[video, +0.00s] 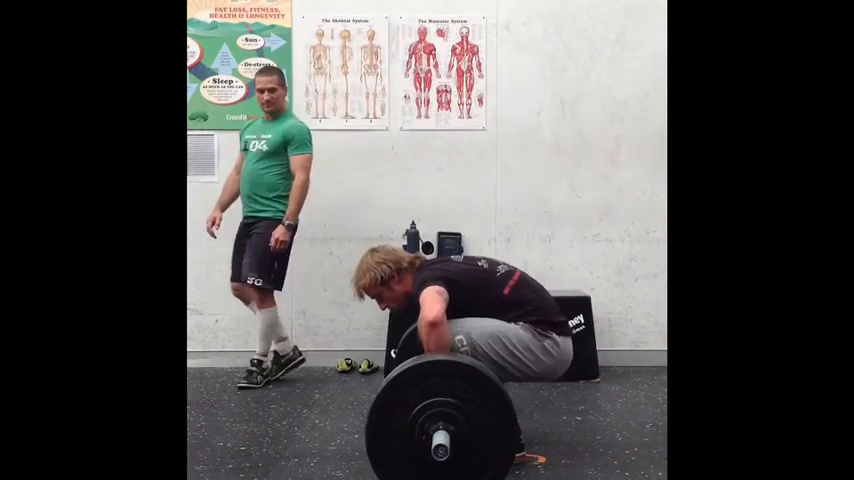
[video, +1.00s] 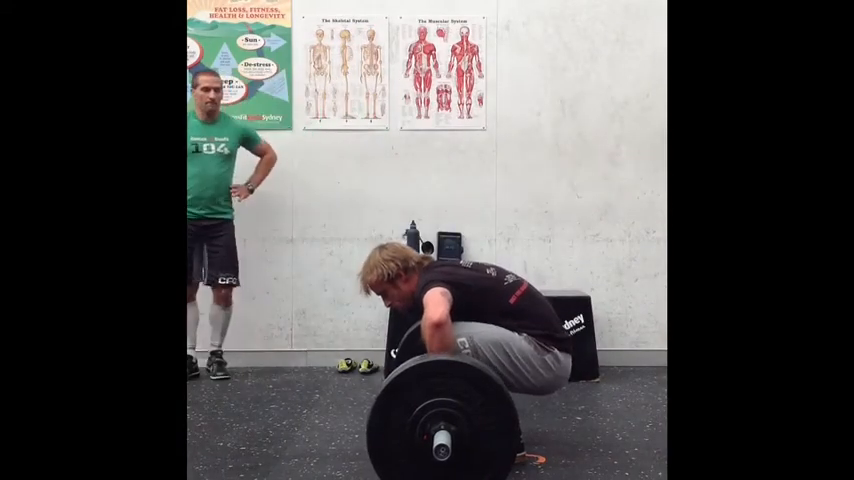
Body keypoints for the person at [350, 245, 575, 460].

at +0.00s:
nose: (383, 306)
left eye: (379, 297)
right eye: (377, 300)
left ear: (394, 279)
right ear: (397, 276)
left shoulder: (430, 275)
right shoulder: (436, 268)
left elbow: (433, 319)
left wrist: (438, 387)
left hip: (546, 343)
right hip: (545, 339)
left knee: (442, 339)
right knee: (438, 337)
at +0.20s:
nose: (385, 308)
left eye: (383, 299)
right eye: (380, 302)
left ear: (400, 282)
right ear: (402, 279)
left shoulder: (434, 281)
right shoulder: (441, 273)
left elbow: (437, 320)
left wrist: (441, 387)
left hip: (544, 360)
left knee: (442, 342)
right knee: (446, 341)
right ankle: (507, 439)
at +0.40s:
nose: (386, 306)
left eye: (384, 296)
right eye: (381, 299)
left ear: (400, 279)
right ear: (402, 277)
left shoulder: (432, 277)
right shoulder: (440, 270)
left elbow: (436, 320)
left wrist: (441, 387)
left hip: (546, 354)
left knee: (445, 341)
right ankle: (503, 437)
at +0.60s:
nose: (387, 305)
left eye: (384, 296)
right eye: (381, 299)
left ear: (401, 279)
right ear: (403, 276)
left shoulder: (431, 278)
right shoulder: (440, 270)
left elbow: (435, 320)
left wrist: (440, 388)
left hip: (546, 357)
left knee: (444, 340)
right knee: (442, 339)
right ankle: (504, 437)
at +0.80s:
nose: (387, 304)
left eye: (385, 295)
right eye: (381, 298)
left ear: (401, 278)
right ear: (404, 276)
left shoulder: (433, 278)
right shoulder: (441, 270)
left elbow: (437, 320)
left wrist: (441, 386)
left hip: (545, 357)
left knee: (442, 340)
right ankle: (504, 437)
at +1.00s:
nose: (387, 303)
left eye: (385, 294)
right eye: (381, 297)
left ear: (402, 277)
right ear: (404, 275)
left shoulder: (433, 278)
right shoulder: (440, 270)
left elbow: (437, 319)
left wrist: (441, 387)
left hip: (546, 357)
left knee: (442, 340)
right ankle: (503, 436)